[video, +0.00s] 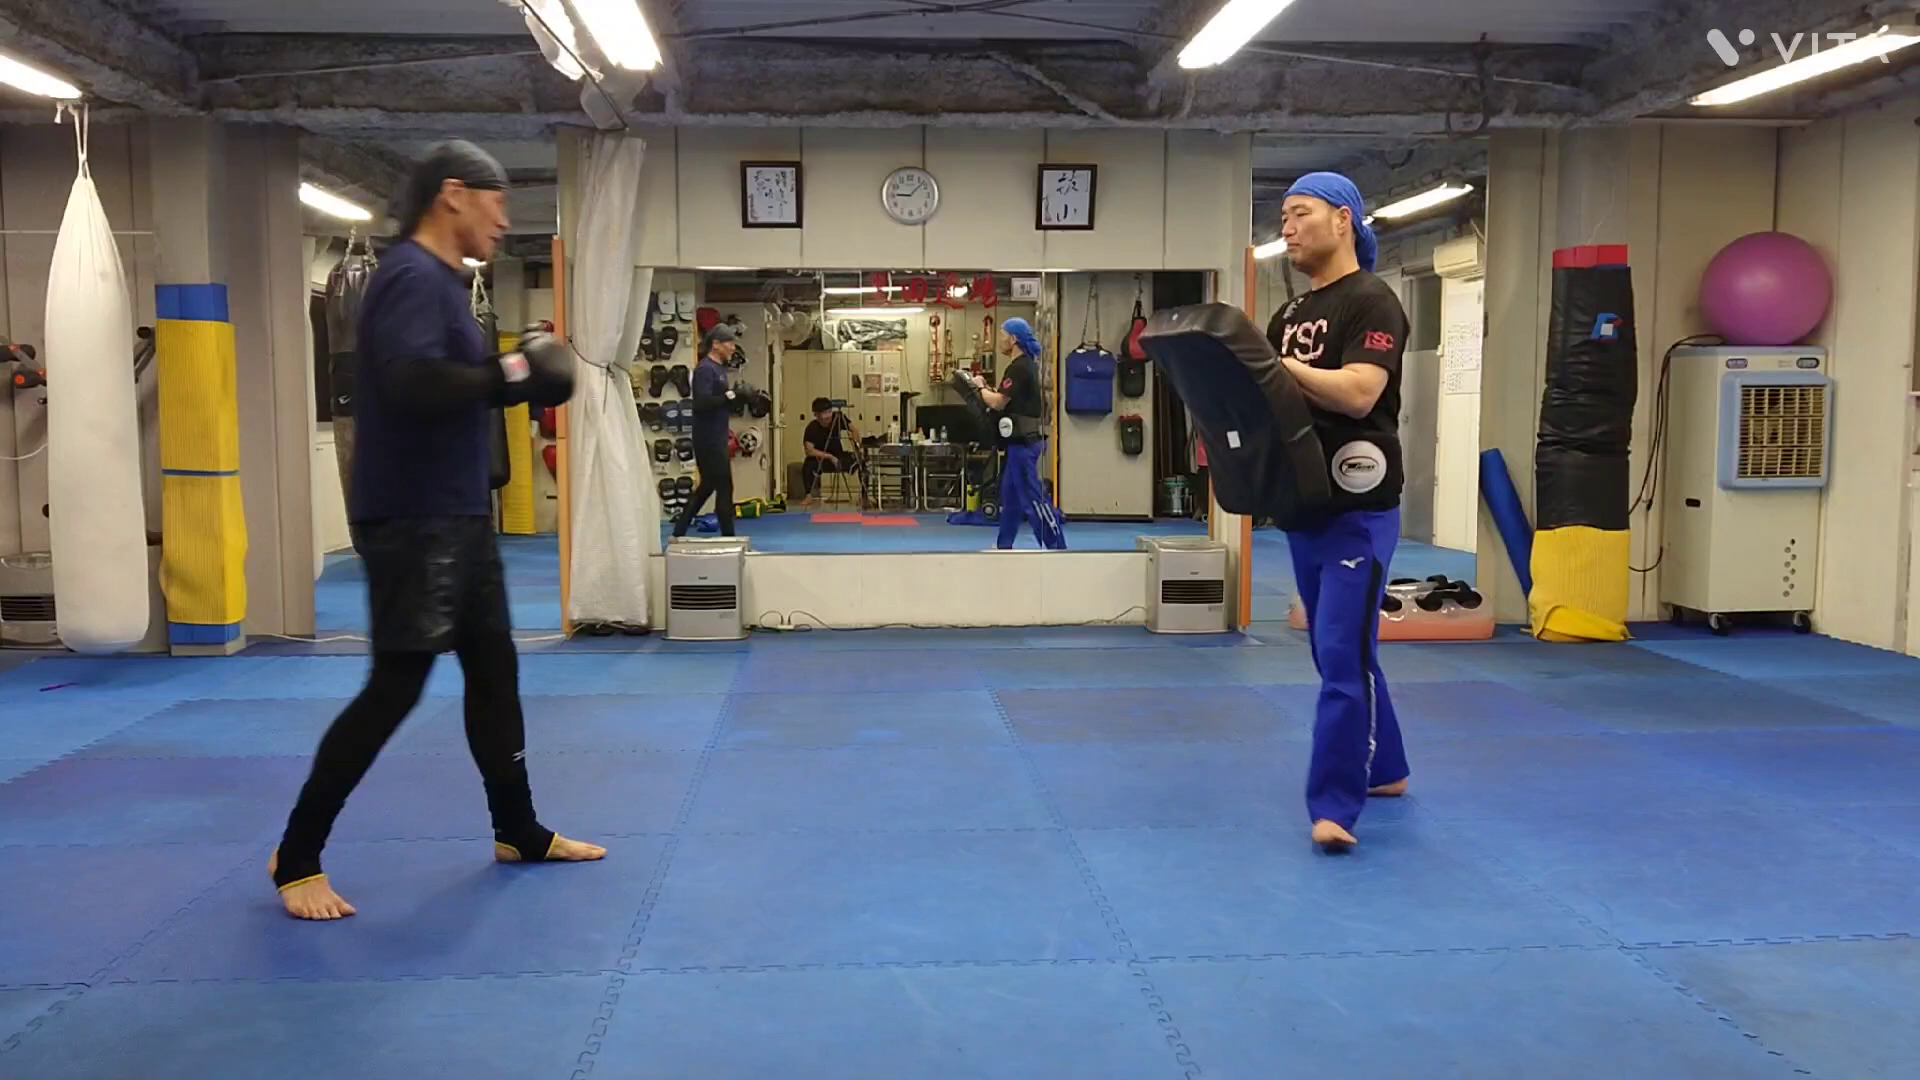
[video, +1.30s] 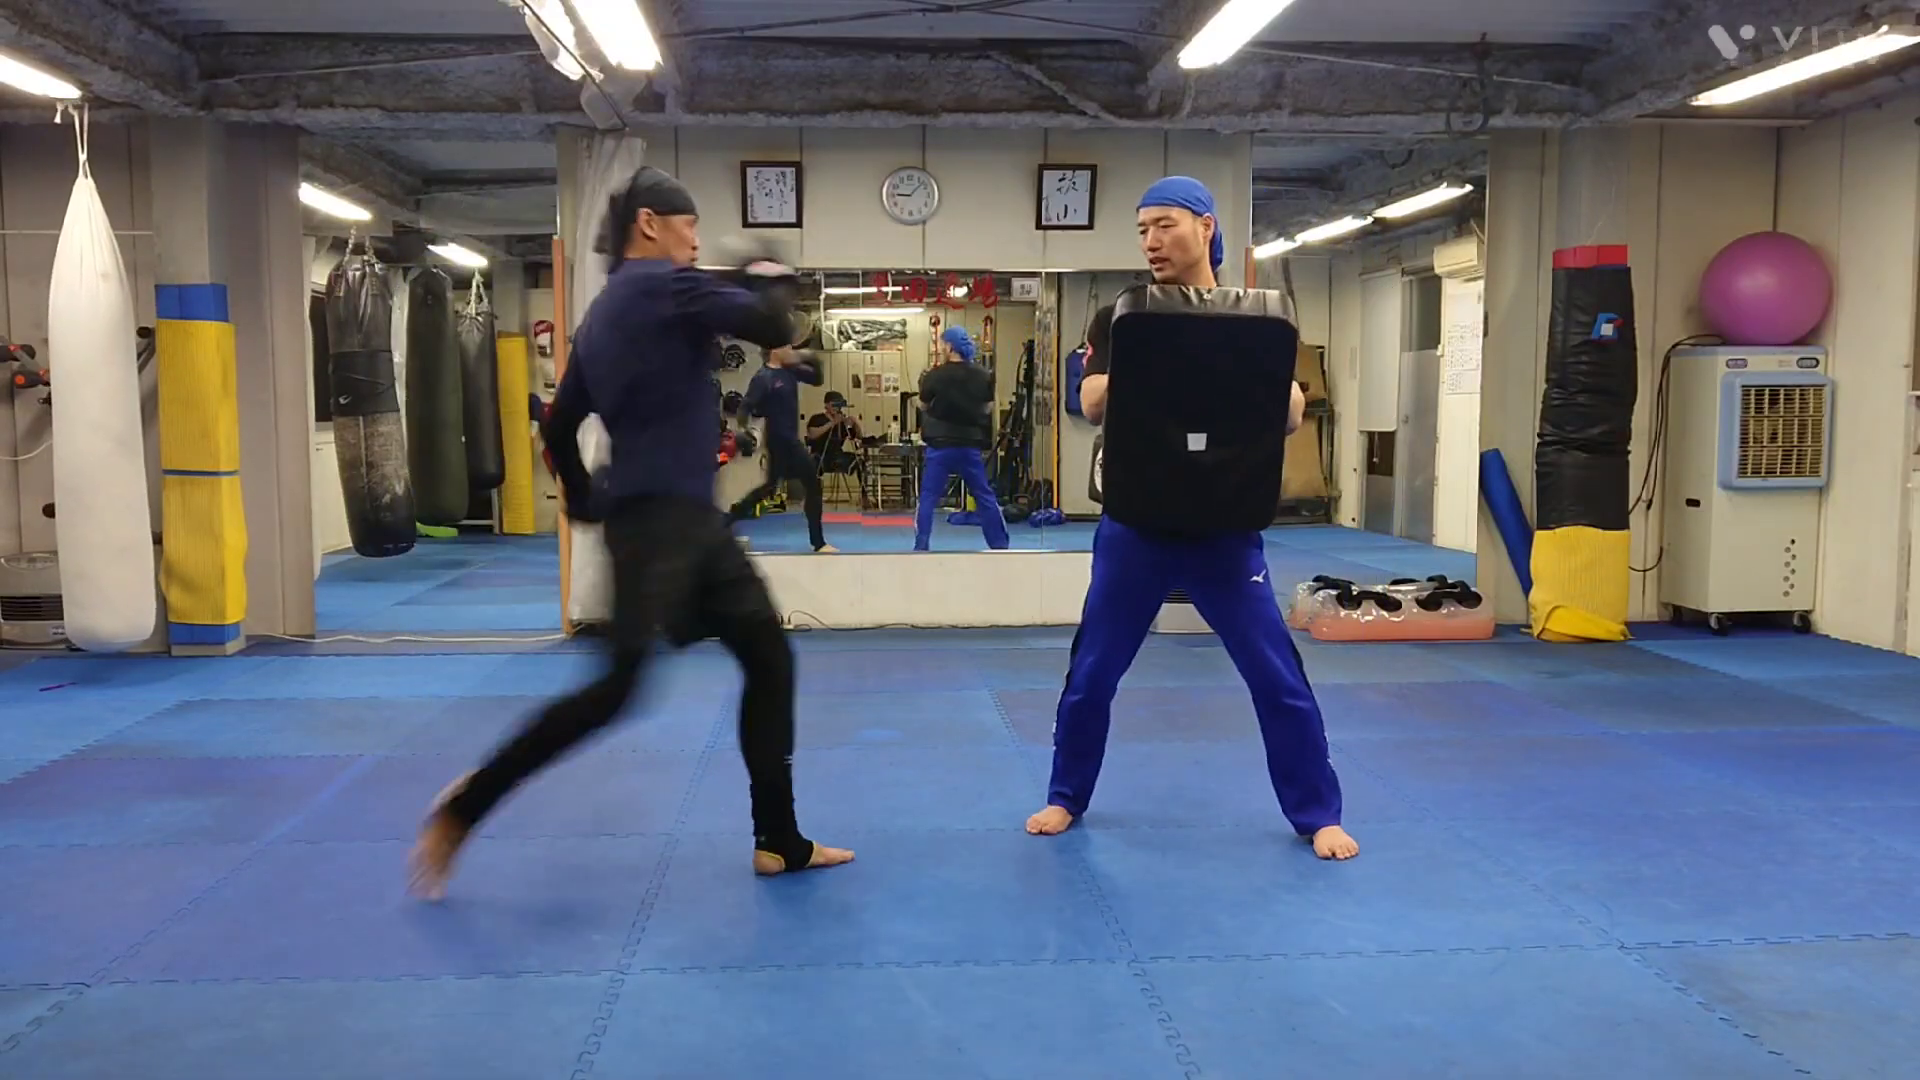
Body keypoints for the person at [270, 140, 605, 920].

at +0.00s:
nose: (505, 219)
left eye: (505, 205)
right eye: (497, 202)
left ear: (460, 202)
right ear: (452, 196)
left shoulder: (443, 282)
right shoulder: (410, 277)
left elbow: (457, 395)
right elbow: (409, 384)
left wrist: (534, 383)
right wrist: (512, 373)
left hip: (462, 519)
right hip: (412, 525)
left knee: (493, 673)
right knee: (394, 688)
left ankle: (518, 832)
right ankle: (296, 860)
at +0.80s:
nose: (558, 238)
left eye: (562, 225)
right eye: (551, 220)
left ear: (513, 214)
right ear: (505, 206)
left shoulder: (522, 295)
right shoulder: (430, 284)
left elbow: (553, 396)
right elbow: (432, 401)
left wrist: (608, 344)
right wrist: (521, 338)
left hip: (521, 517)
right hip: (452, 523)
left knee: (581, 652)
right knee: (450, 685)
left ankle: (561, 826)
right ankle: (402, 863)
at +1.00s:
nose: (583, 238)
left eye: (588, 223)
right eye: (577, 220)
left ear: (541, 209)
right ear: (531, 202)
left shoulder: (562, 296)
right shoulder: (453, 284)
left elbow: (624, 375)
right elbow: (452, 380)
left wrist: (693, 360)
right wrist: (550, 350)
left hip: (565, 522)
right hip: (482, 533)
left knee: (643, 639)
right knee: (448, 695)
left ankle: (608, 809)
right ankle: (403, 863)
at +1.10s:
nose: (617, 239)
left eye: (621, 225)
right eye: (610, 220)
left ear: (577, 214)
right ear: (566, 208)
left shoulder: (593, 302)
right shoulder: (501, 293)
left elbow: (633, 394)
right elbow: (499, 383)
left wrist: (706, 433)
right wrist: (615, 339)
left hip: (589, 524)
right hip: (508, 537)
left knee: (673, 641)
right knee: (465, 697)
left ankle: (702, 818)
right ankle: (407, 864)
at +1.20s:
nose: (662, 239)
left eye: (662, 225)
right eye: (653, 221)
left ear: (616, 222)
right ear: (610, 217)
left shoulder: (614, 308)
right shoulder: (569, 298)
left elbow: (605, 449)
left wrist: (668, 514)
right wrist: (706, 310)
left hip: (630, 538)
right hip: (561, 539)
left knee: (717, 648)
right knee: (499, 694)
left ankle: (772, 827)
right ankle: (414, 856)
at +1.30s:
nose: (696, 238)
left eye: (696, 227)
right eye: (688, 226)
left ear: (641, 231)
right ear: (649, 225)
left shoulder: (603, 314)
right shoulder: (667, 284)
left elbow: (559, 422)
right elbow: (771, 322)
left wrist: (583, 499)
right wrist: (768, 279)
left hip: (680, 518)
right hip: (658, 515)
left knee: (769, 659)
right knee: (620, 686)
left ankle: (779, 838)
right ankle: (463, 808)